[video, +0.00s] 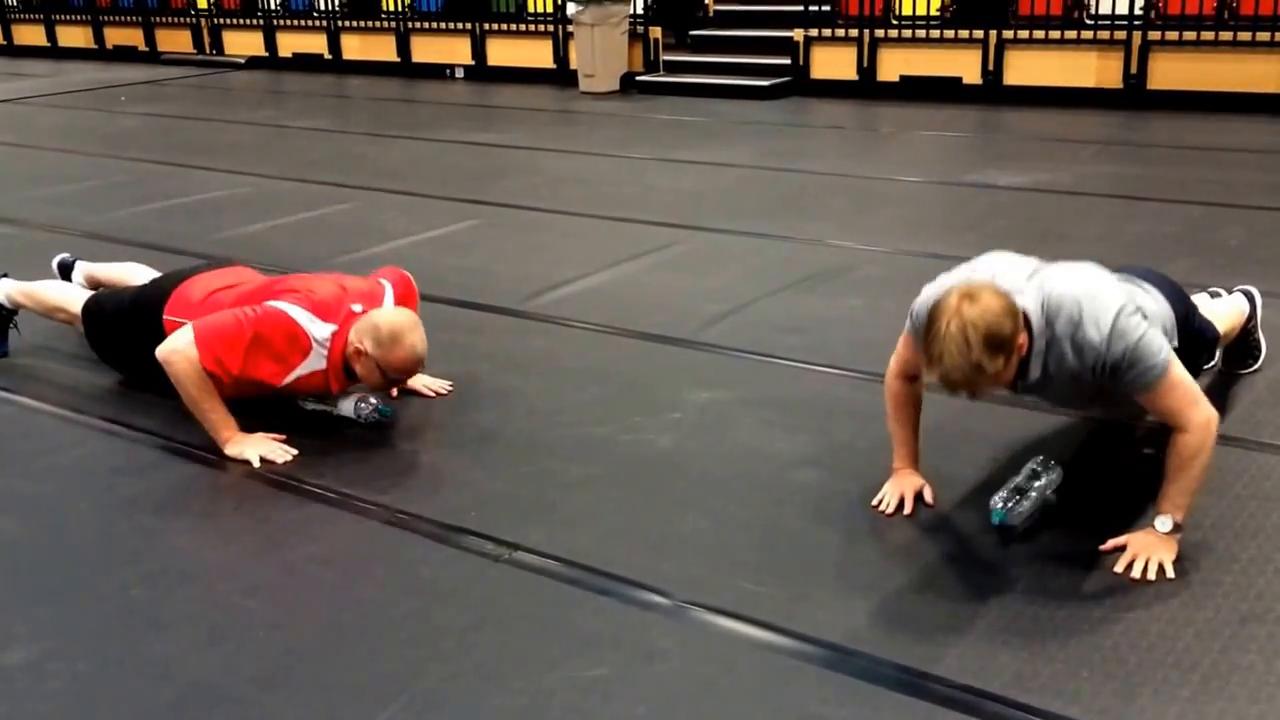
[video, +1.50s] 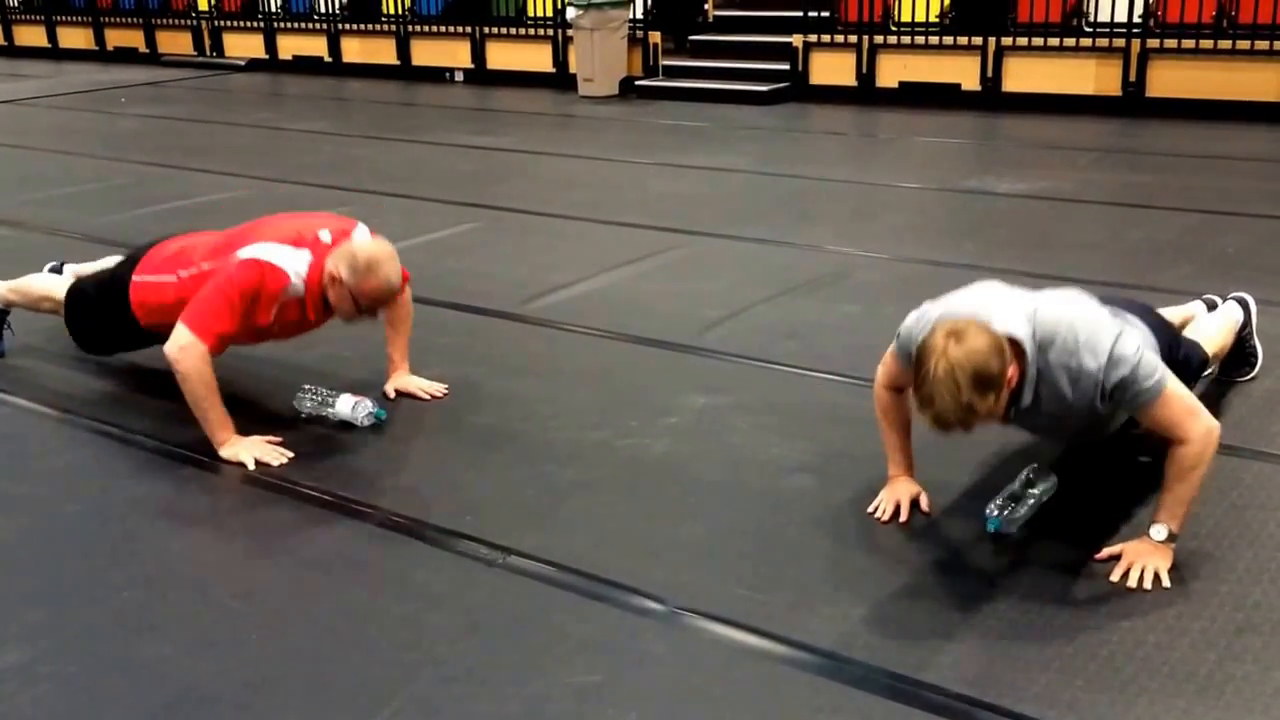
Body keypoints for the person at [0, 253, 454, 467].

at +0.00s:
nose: (389, 388)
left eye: (399, 382)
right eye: (380, 381)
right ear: (356, 346)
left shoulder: (394, 296)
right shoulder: (279, 327)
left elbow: (399, 285)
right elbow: (176, 355)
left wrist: (402, 371)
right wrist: (232, 437)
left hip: (236, 284)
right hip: (173, 310)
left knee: (152, 282)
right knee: (82, 310)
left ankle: (77, 267)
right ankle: (10, 290)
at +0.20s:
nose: (384, 334)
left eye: (393, 323)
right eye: (378, 324)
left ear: (398, 295)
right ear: (347, 297)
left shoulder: (377, 267)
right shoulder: (269, 296)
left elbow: (407, 303)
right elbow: (182, 351)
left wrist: (404, 367)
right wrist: (231, 438)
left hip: (219, 255)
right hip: (160, 290)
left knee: (137, 269)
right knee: (79, 298)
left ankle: (76, 271)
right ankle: (7, 290)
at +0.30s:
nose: (374, 293)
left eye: (386, 284)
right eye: (367, 283)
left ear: (399, 248)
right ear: (338, 258)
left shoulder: (377, 241)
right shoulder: (263, 262)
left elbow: (403, 298)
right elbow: (196, 343)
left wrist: (403, 367)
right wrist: (232, 437)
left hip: (214, 251)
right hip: (159, 271)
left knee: (125, 282)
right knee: (81, 291)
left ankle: (77, 279)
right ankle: (10, 290)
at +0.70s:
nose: (370, 356)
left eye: (381, 350)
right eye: (366, 347)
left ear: (403, 305)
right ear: (345, 318)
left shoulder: (387, 279)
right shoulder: (269, 304)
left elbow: (406, 293)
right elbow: (178, 354)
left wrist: (401, 365)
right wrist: (229, 439)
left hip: (216, 269)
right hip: (156, 301)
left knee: (141, 274)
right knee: (76, 305)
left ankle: (70, 272)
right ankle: (6, 292)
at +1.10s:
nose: (365, 319)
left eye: (375, 309)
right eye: (359, 309)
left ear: (390, 287)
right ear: (330, 283)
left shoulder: (379, 267)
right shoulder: (254, 288)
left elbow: (405, 303)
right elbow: (175, 358)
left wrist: (401, 369)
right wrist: (228, 440)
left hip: (199, 261)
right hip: (146, 292)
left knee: (125, 273)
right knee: (70, 299)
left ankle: (72, 270)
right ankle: (5, 292)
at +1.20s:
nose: (358, 280)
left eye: (368, 270)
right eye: (350, 268)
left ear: (380, 242)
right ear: (323, 239)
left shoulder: (362, 235)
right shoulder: (249, 248)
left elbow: (390, 296)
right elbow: (196, 341)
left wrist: (400, 370)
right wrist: (228, 439)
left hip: (203, 266)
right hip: (147, 273)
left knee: (108, 288)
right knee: (74, 295)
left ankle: (68, 277)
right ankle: (9, 290)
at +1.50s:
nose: (363, 315)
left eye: (375, 306)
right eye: (358, 305)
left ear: (390, 282)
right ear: (333, 279)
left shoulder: (368, 250)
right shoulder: (258, 274)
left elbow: (400, 294)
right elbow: (185, 352)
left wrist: (401, 369)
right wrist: (228, 440)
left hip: (193, 259)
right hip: (142, 290)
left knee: (121, 272)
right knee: (69, 298)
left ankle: (73, 272)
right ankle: (5, 292)